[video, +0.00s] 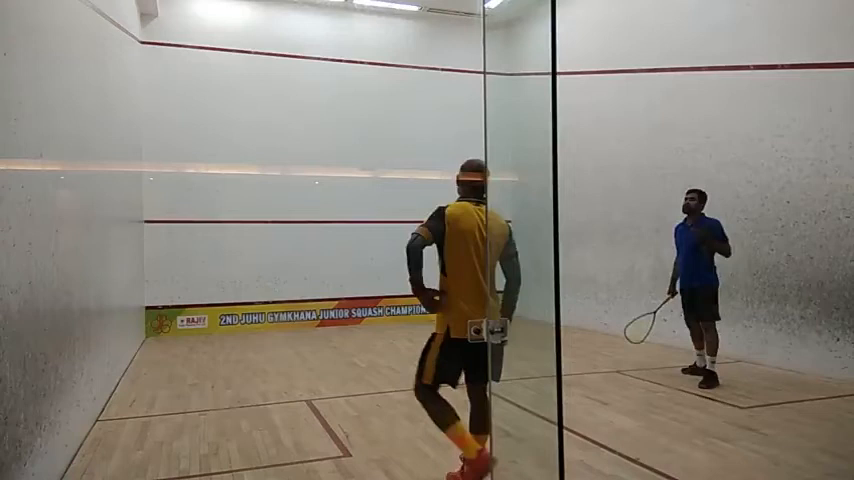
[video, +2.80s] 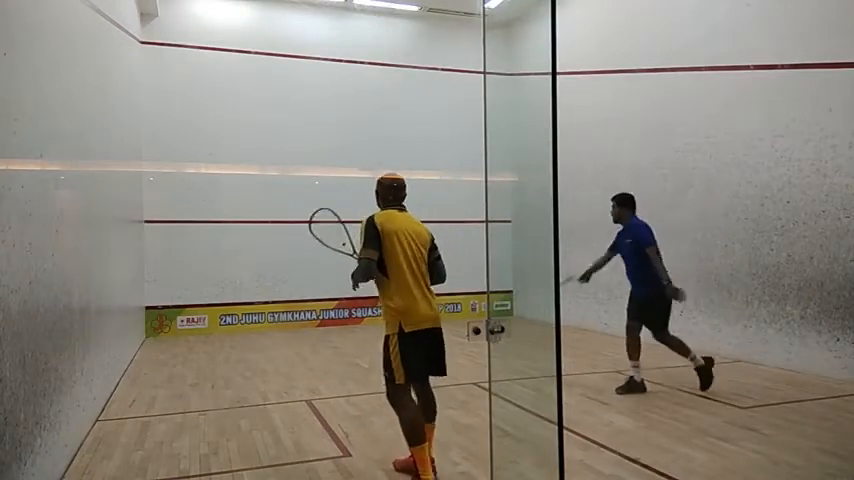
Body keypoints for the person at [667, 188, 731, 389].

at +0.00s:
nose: (686, 203)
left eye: (691, 200)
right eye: (685, 199)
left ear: (701, 204)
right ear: (683, 203)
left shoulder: (712, 225)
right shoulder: (680, 229)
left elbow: (727, 251)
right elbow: (679, 257)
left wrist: (707, 238)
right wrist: (673, 282)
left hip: (706, 284)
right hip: (687, 284)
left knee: (708, 325)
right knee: (692, 323)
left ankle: (711, 370)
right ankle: (700, 363)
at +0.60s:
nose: (685, 204)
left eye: (690, 202)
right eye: (683, 200)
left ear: (699, 205)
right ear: (680, 202)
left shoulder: (711, 226)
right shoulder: (672, 227)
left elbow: (723, 253)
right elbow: (668, 255)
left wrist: (715, 269)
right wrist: (658, 279)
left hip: (702, 287)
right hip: (678, 286)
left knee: (706, 328)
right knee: (670, 328)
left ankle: (710, 371)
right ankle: (667, 370)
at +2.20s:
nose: (684, 206)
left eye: (688, 202)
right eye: (680, 203)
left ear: (697, 203)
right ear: (676, 206)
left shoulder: (711, 226)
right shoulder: (670, 226)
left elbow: (708, 259)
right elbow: (666, 255)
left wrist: (690, 279)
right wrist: (676, 250)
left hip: (700, 286)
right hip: (674, 284)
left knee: (704, 331)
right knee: (662, 326)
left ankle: (712, 373)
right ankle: (670, 363)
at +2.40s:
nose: (666, 209)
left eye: (670, 205)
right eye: (663, 206)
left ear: (681, 203)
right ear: (662, 207)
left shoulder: (699, 225)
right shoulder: (659, 229)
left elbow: (697, 257)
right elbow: (664, 256)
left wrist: (670, 264)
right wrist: (679, 244)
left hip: (692, 286)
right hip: (667, 284)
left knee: (701, 330)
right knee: (650, 324)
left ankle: (712, 373)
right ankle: (657, 368)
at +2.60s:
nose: (637, 214)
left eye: (640, 210)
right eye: (635, 210)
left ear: (653, 209)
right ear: (635, 212)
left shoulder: (672, 227)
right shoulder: (636, 235)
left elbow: (673, 261)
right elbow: (637, 262)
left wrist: (649, 282)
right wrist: (665, 263)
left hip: (679, 289)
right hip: (654, 290)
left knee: (692, 332)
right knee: (643, 331)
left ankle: (710, 372)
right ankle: (638, 379)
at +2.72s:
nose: (617, 213)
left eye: (621, 209)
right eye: (618, 209)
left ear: (632, 210)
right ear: (630, 211)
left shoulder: (650, 230)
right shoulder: (626, 237)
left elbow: (661, 260)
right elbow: (612, 264)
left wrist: (664, 288)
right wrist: (589, 284)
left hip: (664, 286)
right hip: (644, 289)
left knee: (674, 334)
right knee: (635, 330)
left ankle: (705, 366)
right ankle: (636, 378)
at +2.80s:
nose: (611, 212)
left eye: (614, 208)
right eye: (612, 208)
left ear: (624, 210)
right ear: (622, 210)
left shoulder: (641, 229)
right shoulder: (622, 235)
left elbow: (655, 257)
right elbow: (607, 257)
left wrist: (668, 284)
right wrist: (589, 272)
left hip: (656, 291)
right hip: (638, 292)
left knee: (661, 335)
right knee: (632, 330)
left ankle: (700, 364)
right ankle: (636, 378)